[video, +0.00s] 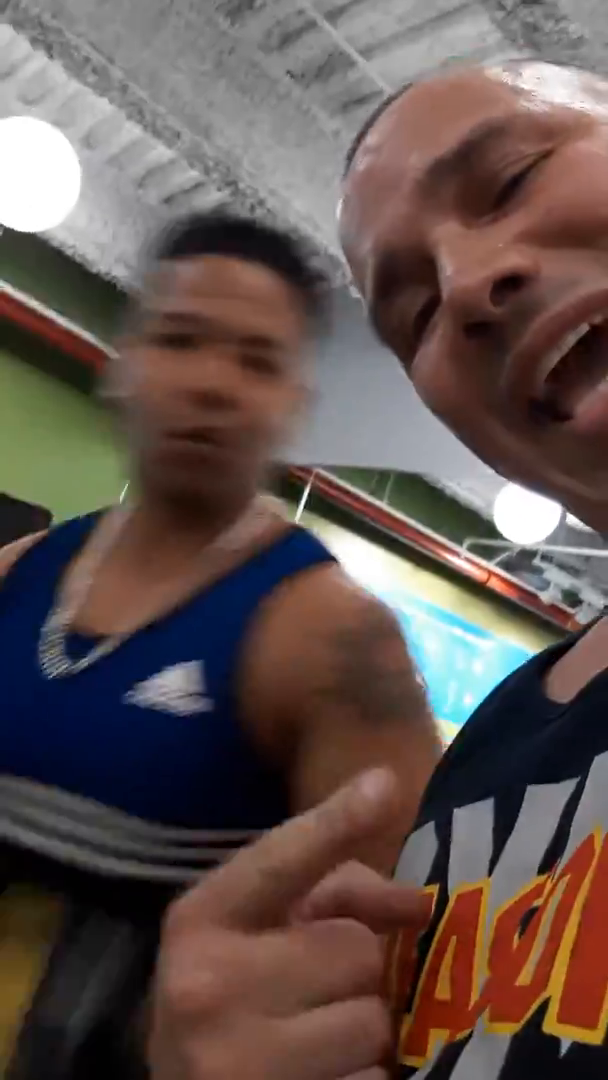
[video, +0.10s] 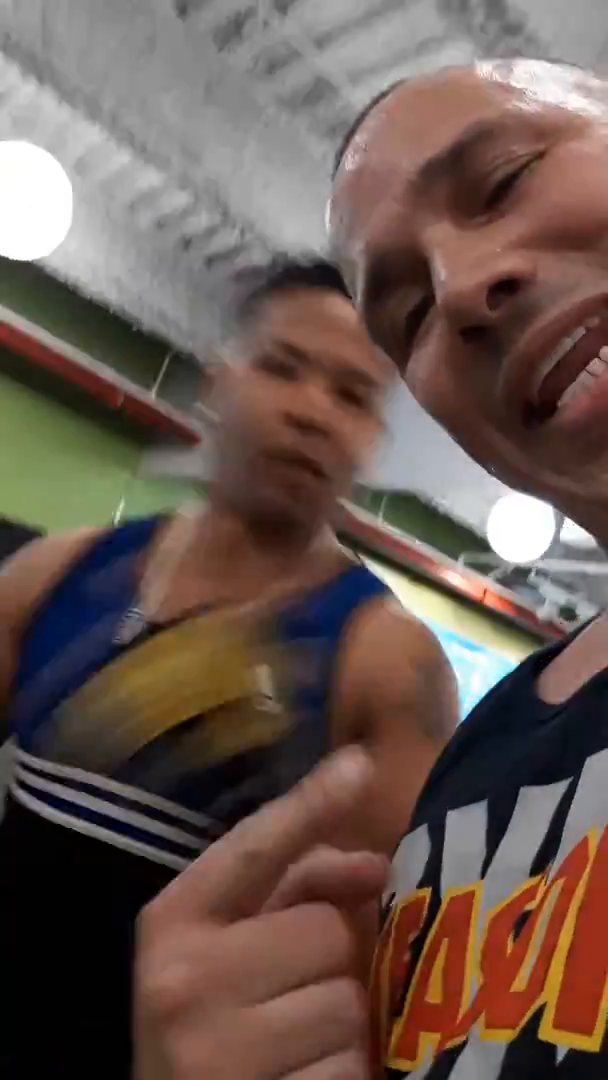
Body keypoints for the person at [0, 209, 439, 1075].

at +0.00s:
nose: (213, 383)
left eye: (258, 359)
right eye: (179, 341)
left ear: (300, 404)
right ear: (119, 364)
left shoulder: (330, 639)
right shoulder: (22, 570)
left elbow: (378, 955)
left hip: (168, 1057)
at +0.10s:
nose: (313, 412)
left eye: (351, 395)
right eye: (282, 368)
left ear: (377, 443)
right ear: (215, 384)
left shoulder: (389, 666)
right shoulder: (49, 573)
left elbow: (361, 942)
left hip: (185, 1046)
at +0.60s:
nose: (383, 598)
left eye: (412, 582)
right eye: (358, 567)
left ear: (432, 616)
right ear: (304, 581)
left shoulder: (423, 774)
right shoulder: (181, 697)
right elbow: (11, 878)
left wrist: (420, 835)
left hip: (285, 1069)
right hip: (94, 1044)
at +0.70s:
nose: (381, 592)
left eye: (410, 579)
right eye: (357, 562)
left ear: (430, 616)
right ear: (304, 575)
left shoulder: (409, 763)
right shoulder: (182, 677)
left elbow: (441, 983)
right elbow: (15, 825)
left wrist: (422, 790)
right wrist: (196, 720)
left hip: (248, 1064)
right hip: (74, 1031)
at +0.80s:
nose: (372, 601)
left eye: (404, 587)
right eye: (351, 570)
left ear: (424, 622)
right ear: (302, 576)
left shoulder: (412, 782)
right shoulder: (183, 674)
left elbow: (442, 1013)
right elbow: (13, 805)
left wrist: (396, 792)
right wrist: (200, 712)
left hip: (222, 1062)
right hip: (58, 1018)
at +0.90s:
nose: (329, 623)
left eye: (365, 606)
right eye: (314, 593)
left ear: (407, 636)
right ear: (284, 603)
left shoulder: (396, 809)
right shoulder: (160, 698)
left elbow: (430, 1015)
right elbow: (22, 793)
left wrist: (316, 984)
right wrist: (89, 824)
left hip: (213, 1065)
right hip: (58, 1020)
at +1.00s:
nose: (259, 657)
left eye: (297, 638)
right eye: (250, 624)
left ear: (364, 652)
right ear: (232, 618)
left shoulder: (380, 849)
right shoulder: (135, 733)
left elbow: (395, 1065)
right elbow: (4, 871)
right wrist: (11, 1010)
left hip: (234, 1064)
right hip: (84, 1029)